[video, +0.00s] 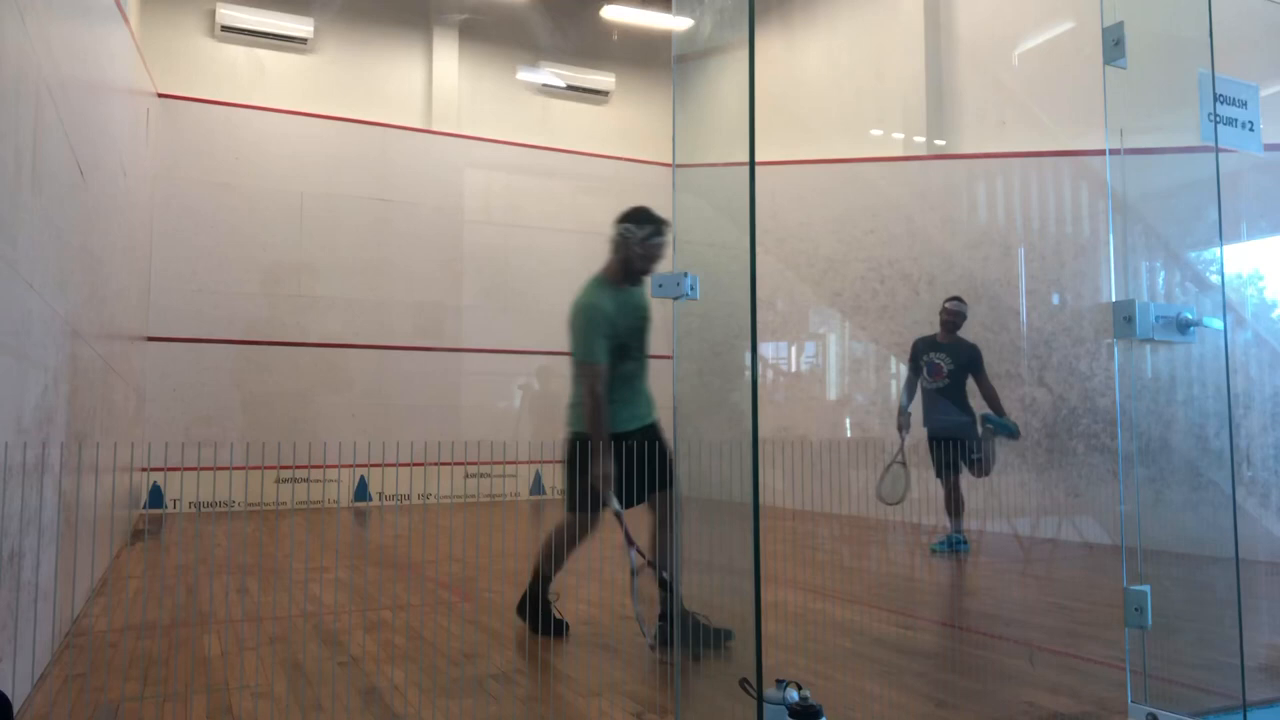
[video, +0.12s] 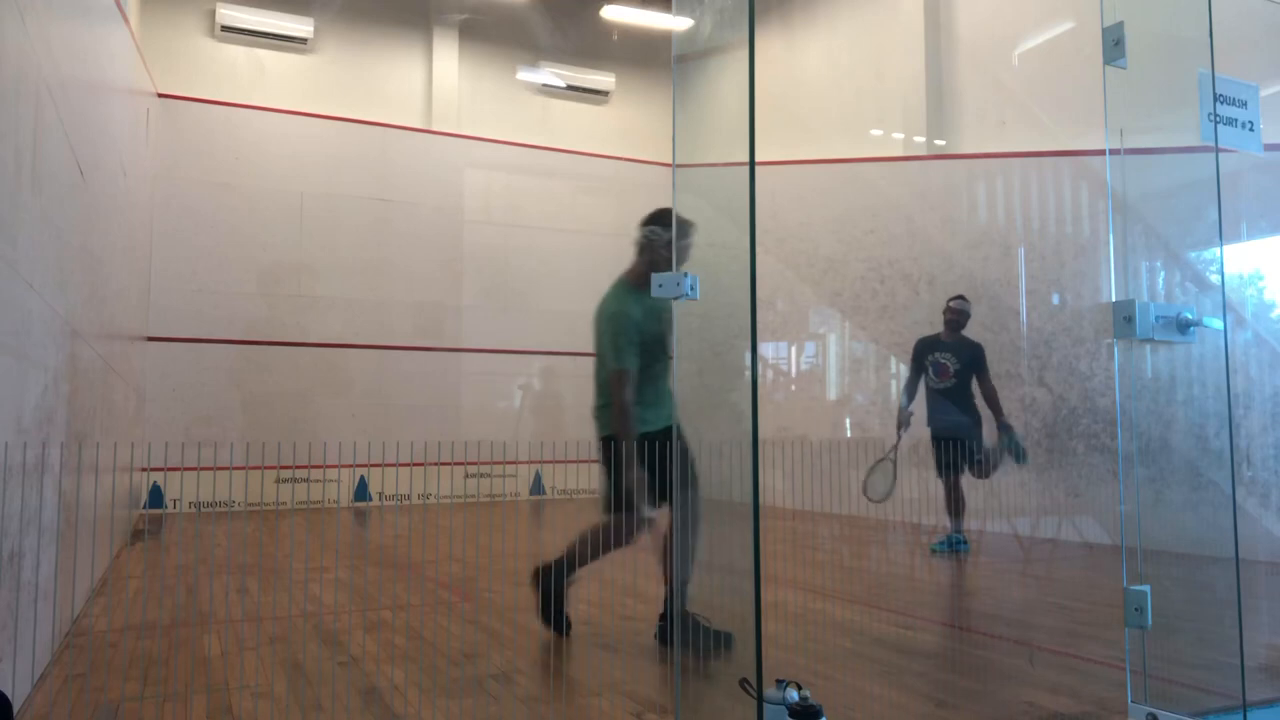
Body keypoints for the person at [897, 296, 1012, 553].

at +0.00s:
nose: (950, 318)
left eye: (957, 315)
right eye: (947, 313)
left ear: (964, 320)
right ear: (939, 314)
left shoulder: (969, 351)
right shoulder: (921, 346)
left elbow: (985, 387)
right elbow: (912, 380)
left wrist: (1004, 420)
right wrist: (903, 410)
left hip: (963, 423)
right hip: (936, 425)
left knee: (980, 470)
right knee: (949, 483)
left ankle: (989, 432)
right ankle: (957, 535)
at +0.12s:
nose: (953, 317)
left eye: (959, 314)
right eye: (950, 311)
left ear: (967, 319)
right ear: (943, 313)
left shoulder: (973, 350)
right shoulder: (924, 346)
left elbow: (986, 387)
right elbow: (913, 380)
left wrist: (1001, 422)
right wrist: (903, 408)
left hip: (968, 422)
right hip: (940, 424)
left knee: (980, 471)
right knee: (950, 480)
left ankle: (1005, 444)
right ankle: (957, 535)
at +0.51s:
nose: (986, 316)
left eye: (991, 312)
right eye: (982, 311)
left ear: (996, 316)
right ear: (971, 313)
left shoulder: (1004, 349)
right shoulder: (952, 349)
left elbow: (1022, 383)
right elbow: (939, 386)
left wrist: (1039, 412)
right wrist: (932, 418)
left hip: (996, 425)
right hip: (964, 423)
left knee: (1011, 483)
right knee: (960, 481)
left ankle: (1022, 538)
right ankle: (958, 535)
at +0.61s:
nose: (1005, 316)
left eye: (1009, 312)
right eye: (1000, 310)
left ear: (1013, 316)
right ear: (988, 312)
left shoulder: (1017, 350)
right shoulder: (965, 347)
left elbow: (1035, 386)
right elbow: (951, 382)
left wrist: (1049, 419)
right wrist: (943, 415)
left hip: (1004, 424)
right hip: (971, 422)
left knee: (1016, 482)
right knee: (961, 478)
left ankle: (1022, 538)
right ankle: (962, 533)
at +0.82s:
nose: (1022, 318)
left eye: (1029, 315)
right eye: (1019, 311)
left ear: (1034, 321)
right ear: (1011, 312)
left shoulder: (1033, 356)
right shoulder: (983, 341)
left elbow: (1042, 394)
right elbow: (960, 373)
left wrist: (1051, 429)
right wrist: (952, 405)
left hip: (1013, 423)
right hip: (981, 419)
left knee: (1022, 481)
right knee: (968, 479)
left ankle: (1023, 538)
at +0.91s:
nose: (1031, 326)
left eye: (1037, 322)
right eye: (1028, 319)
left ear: (1042, 326)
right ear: (1018, 318)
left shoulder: (1037, 361)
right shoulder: (989, 341)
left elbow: (1041, 400)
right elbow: (962, 370)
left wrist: (1046, 437)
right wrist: (954, 403)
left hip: (1015, 425)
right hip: (984, 421)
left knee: (1022, 483)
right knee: (981, 480)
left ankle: (1023, 538)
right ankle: (977, 447)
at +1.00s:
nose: (1031, 326)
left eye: (1038, 322)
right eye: (1028, 319)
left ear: (1044, 327)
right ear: (1020, 318)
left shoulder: (1040, 362)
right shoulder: (993, 341)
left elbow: (1041, 400)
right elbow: (964, 369)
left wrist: (1047, 437)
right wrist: (956, 400)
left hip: (1018, 424)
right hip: (988, 421)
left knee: (1023, 482)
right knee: (985, 482)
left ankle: (1023, 538)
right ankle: (974, 445)